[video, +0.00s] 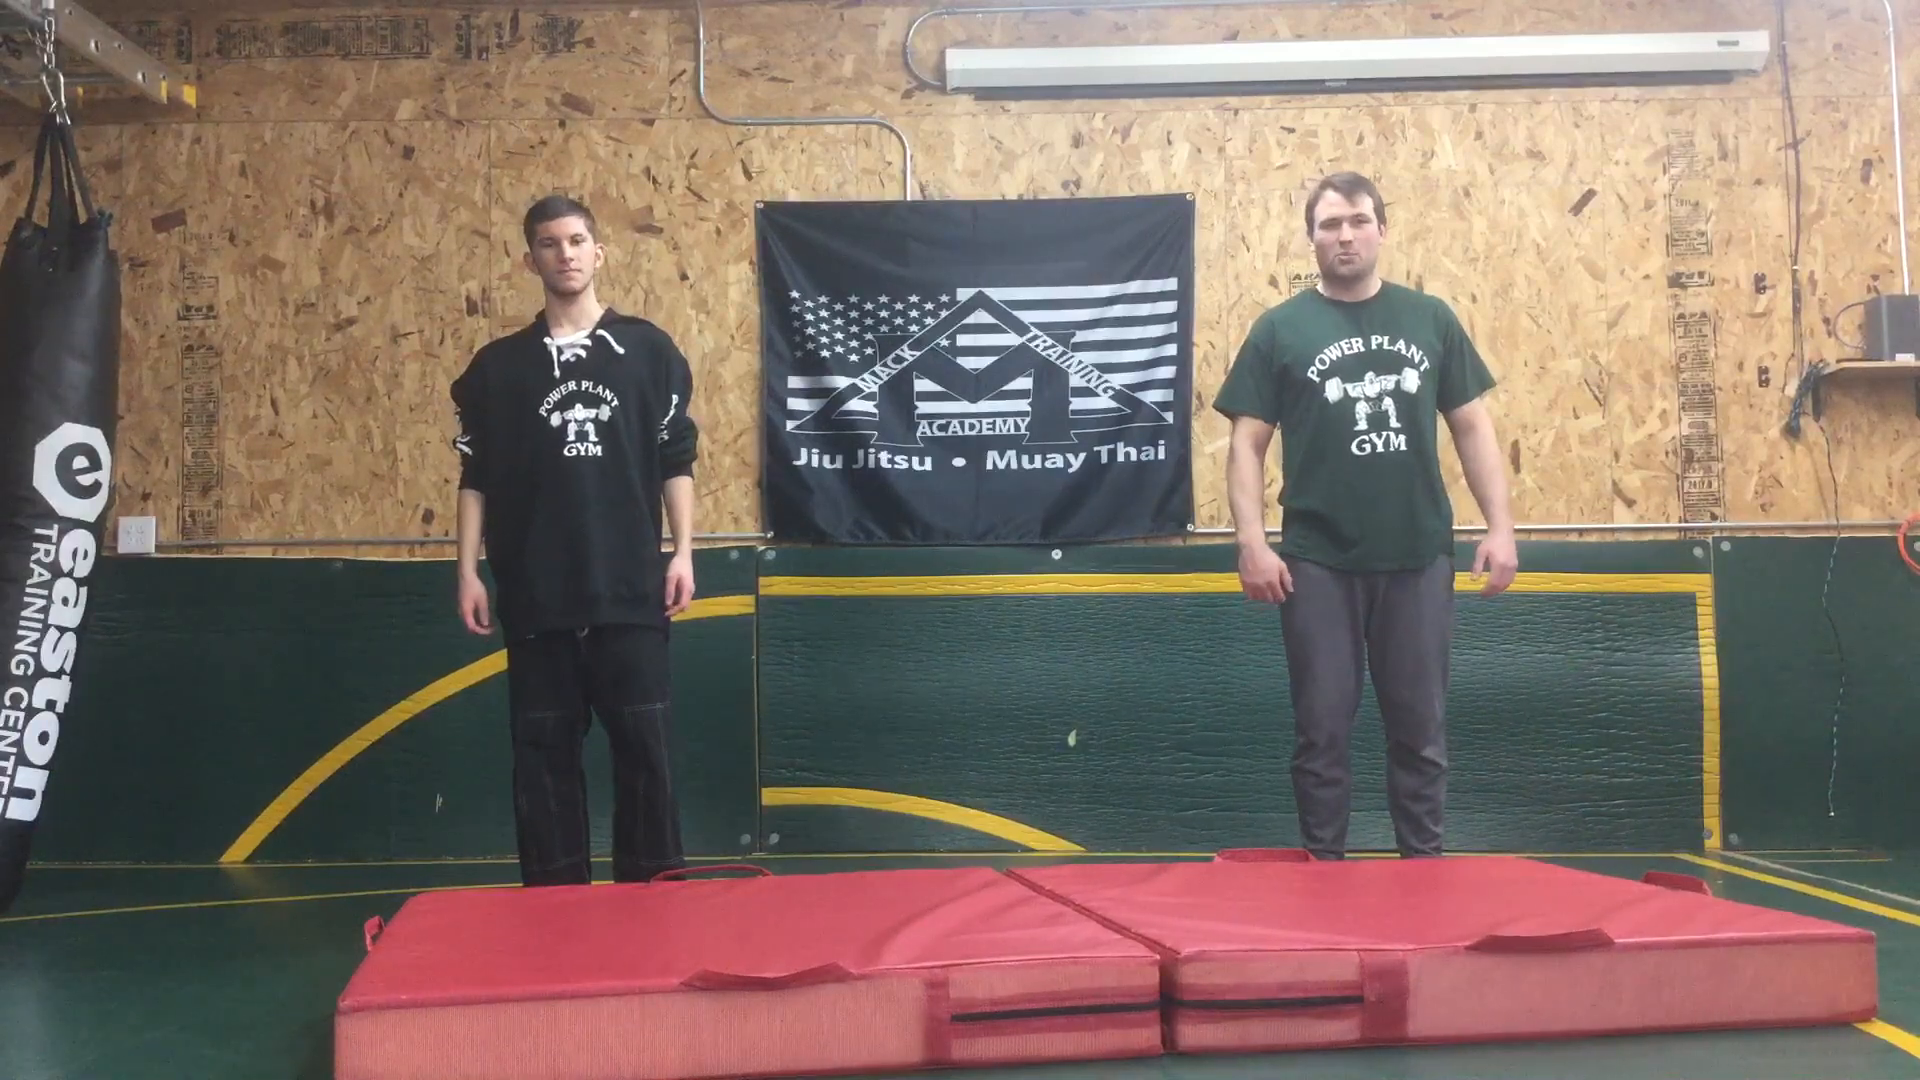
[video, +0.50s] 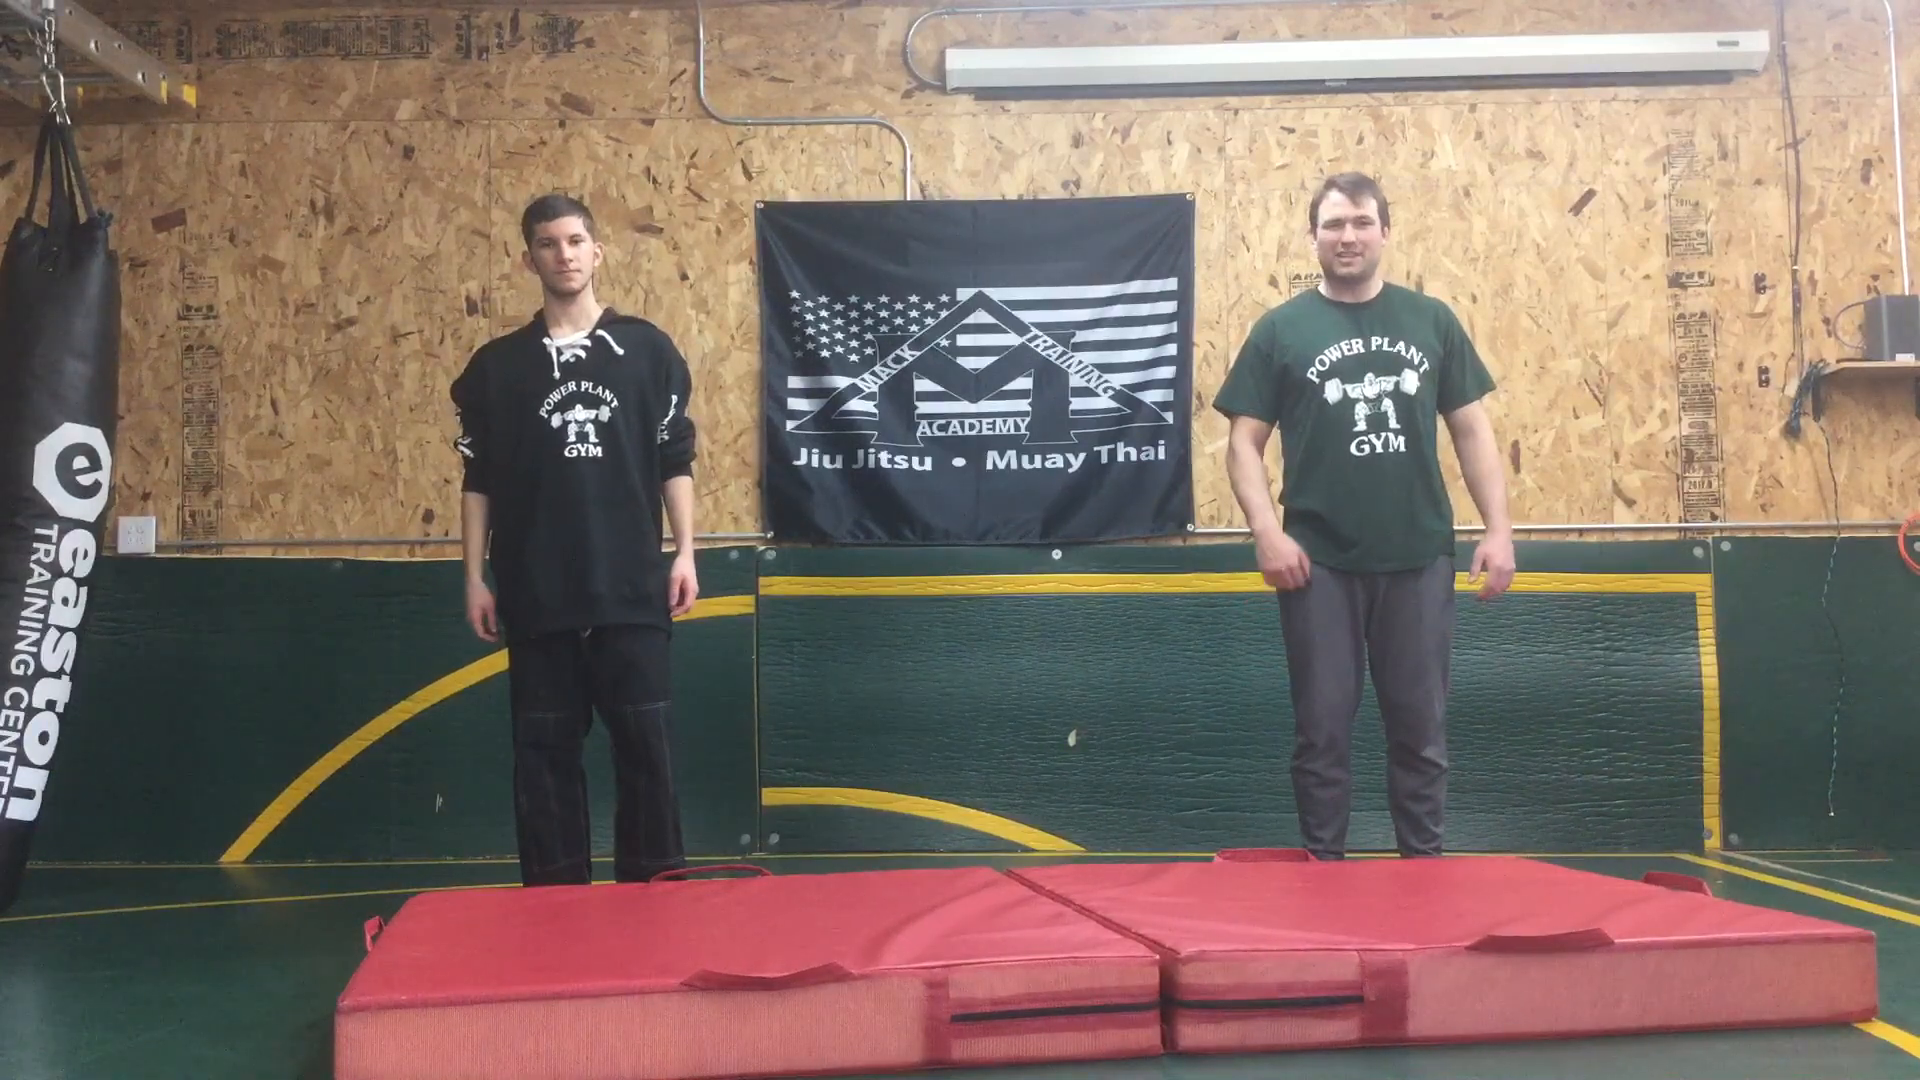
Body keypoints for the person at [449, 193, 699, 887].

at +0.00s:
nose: (566, 255)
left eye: (576, 241)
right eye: (550, 245)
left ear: (597, 251)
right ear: (532, 260)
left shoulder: (649, 349)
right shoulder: (495, 365)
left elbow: (675, 460)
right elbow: (474, 475)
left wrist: (683, 550)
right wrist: (468, 570)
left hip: (630, 581)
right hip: (533, 587)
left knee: (645, 750)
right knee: (545, 757)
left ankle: (654, 900)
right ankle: (555, 907)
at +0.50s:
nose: (565, 255)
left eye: (575, 241)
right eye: (549, 245)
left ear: (596, 250)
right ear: (530, 259)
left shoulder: (647, 348)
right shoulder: (494, 365)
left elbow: (675, 459)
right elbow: (477, 478)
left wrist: (685, 550)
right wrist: (475, 578)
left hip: (632, 583)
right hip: (535, 589)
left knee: (646, 752)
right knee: (546, 760)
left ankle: (655, 903)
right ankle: (556, 910)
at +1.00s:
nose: (563, 256)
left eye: (573, 242)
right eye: (547, 246)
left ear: (594, 251)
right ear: (529, 261)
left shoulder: (645, 351)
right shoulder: (490, 366)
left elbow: (669, 463)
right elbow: (471, 478)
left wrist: (678, 552)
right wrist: (473, 572)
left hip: (628, 584)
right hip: (532, 589)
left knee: (645, 751)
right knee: (543, 759)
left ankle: (654, 902)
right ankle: (555, 910)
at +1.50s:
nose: (560, 256)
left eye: (571, 242)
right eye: (545, 246)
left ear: (592, 251)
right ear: (527, 261)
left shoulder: (644, 351)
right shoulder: (489, 366)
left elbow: (669, 463)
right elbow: (472, 480)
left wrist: (678, 553)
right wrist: (471, 577)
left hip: (627, 584)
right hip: (531, 590)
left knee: (644, 750)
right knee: (542, 760)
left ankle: (654, 903)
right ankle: (554, 911)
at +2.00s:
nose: (559, 256)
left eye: (569, 242)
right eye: (543, 246)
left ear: (590, 250)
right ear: (525, 261)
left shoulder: (643, 350)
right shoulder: (486, 366)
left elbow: (669, 462)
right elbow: (468, 479)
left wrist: (679, 551)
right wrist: (466, 574)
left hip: (625, 585)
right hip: (529, 591)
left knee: (643, 754)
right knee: (542, 764)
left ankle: (653, 906)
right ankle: (554, 914)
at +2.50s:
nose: (557, 255)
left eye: (568, 241)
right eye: (541, 245)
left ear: (590, 250)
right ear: (524, 260)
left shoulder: (642, 350)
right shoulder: (486, 366)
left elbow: (669, 462)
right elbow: (469, 479)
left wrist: (678, 552)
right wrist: (467, 574)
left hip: (625, 585)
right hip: (529, 591)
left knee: (643, 753)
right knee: (541, 762)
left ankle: (652, 903)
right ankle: (553, 912)